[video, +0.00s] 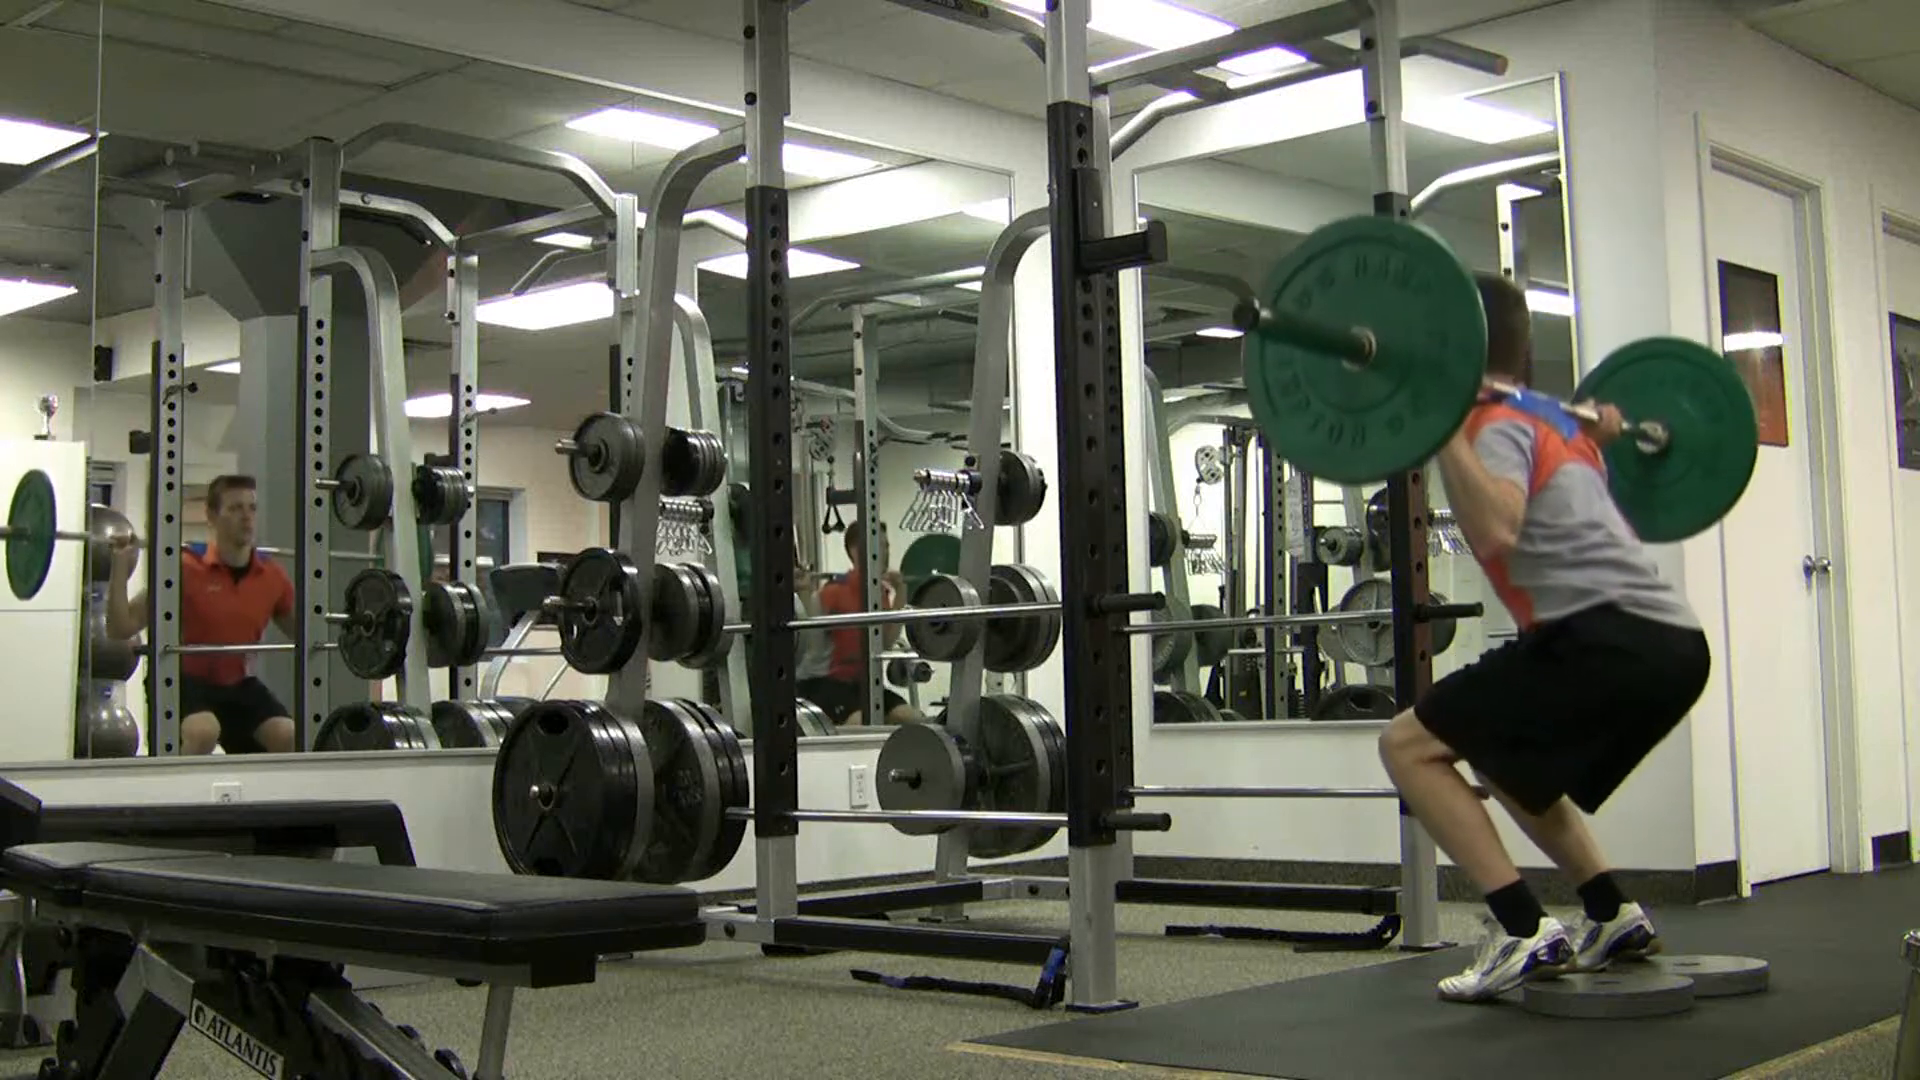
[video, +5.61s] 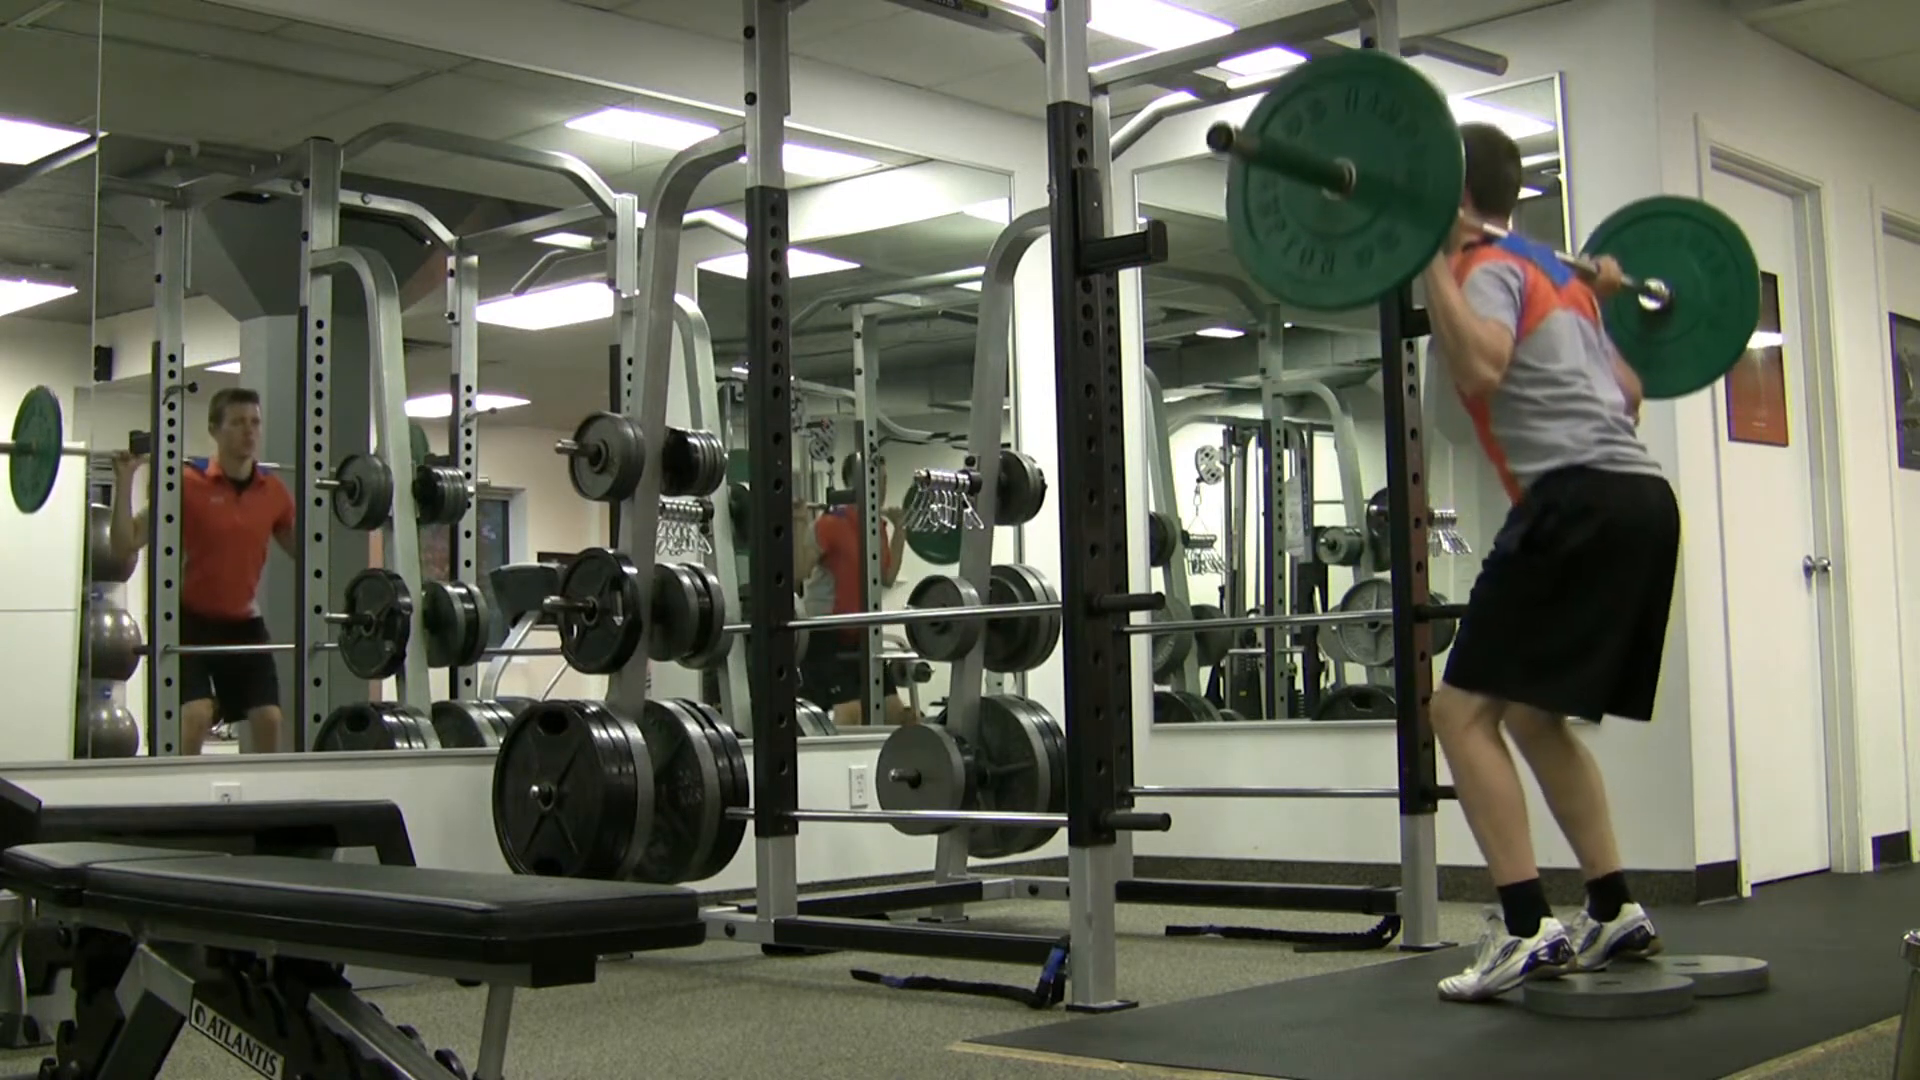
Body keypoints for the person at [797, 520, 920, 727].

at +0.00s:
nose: (880, 553)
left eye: (884, 546)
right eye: (870, 546)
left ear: (888, 549)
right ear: (853, 552)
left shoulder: (881, 593)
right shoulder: (832, 593)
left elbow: (887, 642)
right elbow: (815, 642)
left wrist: (900, 594)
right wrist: (804, 595)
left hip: (869, 684)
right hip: (831, 683)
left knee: (912, 719)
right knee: (860, 719)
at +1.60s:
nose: (881, 520)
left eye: (883, 512)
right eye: (872, 512)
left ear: (886, 515)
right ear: (852, 516)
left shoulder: (877, 558)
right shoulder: (830, 558)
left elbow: (887, 606)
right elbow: (809, 602)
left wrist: (900, 558)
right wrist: (799, 560)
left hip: (870, 661)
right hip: (836, 662)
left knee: (910, 720)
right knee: (857, 722)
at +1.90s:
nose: (878, 487)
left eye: (879, 479)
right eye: (871, 479)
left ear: (880, 483)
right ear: (850, 482)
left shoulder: (873, 525)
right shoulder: (828, 525)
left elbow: (886, 576)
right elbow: (799, 573)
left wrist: (897, 529)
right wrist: (798, 525)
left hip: (864, 630)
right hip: (832, 630)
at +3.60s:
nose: (876, 525)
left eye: (881, 518)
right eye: (867, 518)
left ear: (886, 522)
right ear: (850, 522)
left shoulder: (879, 566)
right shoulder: (833, 563)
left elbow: (890, 609)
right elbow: (813, 602)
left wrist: (900, 568)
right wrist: (801, 567)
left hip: (869, 664)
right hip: (835, 664)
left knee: (909, 719)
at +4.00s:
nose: (884, 564)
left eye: (886, 557)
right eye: (875, 557)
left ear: (890, 559)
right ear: (854, 561)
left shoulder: (880, 601)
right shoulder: (832, 601)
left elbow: (888, 646)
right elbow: (820, 644)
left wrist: (901, 603)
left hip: (868, 689)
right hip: (834, 691)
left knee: (916, 722)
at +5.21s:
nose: (884, 527)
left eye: (886, 519)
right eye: (876, 519)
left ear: (889, 522)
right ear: (854, 525)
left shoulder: (881, 566)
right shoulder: (830, 564)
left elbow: (890, 612)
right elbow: (808, 610)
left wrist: (903, 566)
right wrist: (801, 566)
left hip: (866, 665)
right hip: (826, 664)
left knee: (910, 718)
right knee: (857, 719)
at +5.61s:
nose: (883, 487)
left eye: (884, 479)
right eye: (877, 479)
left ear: (882, 482)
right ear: (859, 482)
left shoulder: (876, 524)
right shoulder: (833, 522)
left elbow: (887, 576)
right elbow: (801, 571)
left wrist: (900, 530)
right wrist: (800, 523)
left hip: (866, 631)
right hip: (833, 631)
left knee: (892, 709)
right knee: (849, 711)